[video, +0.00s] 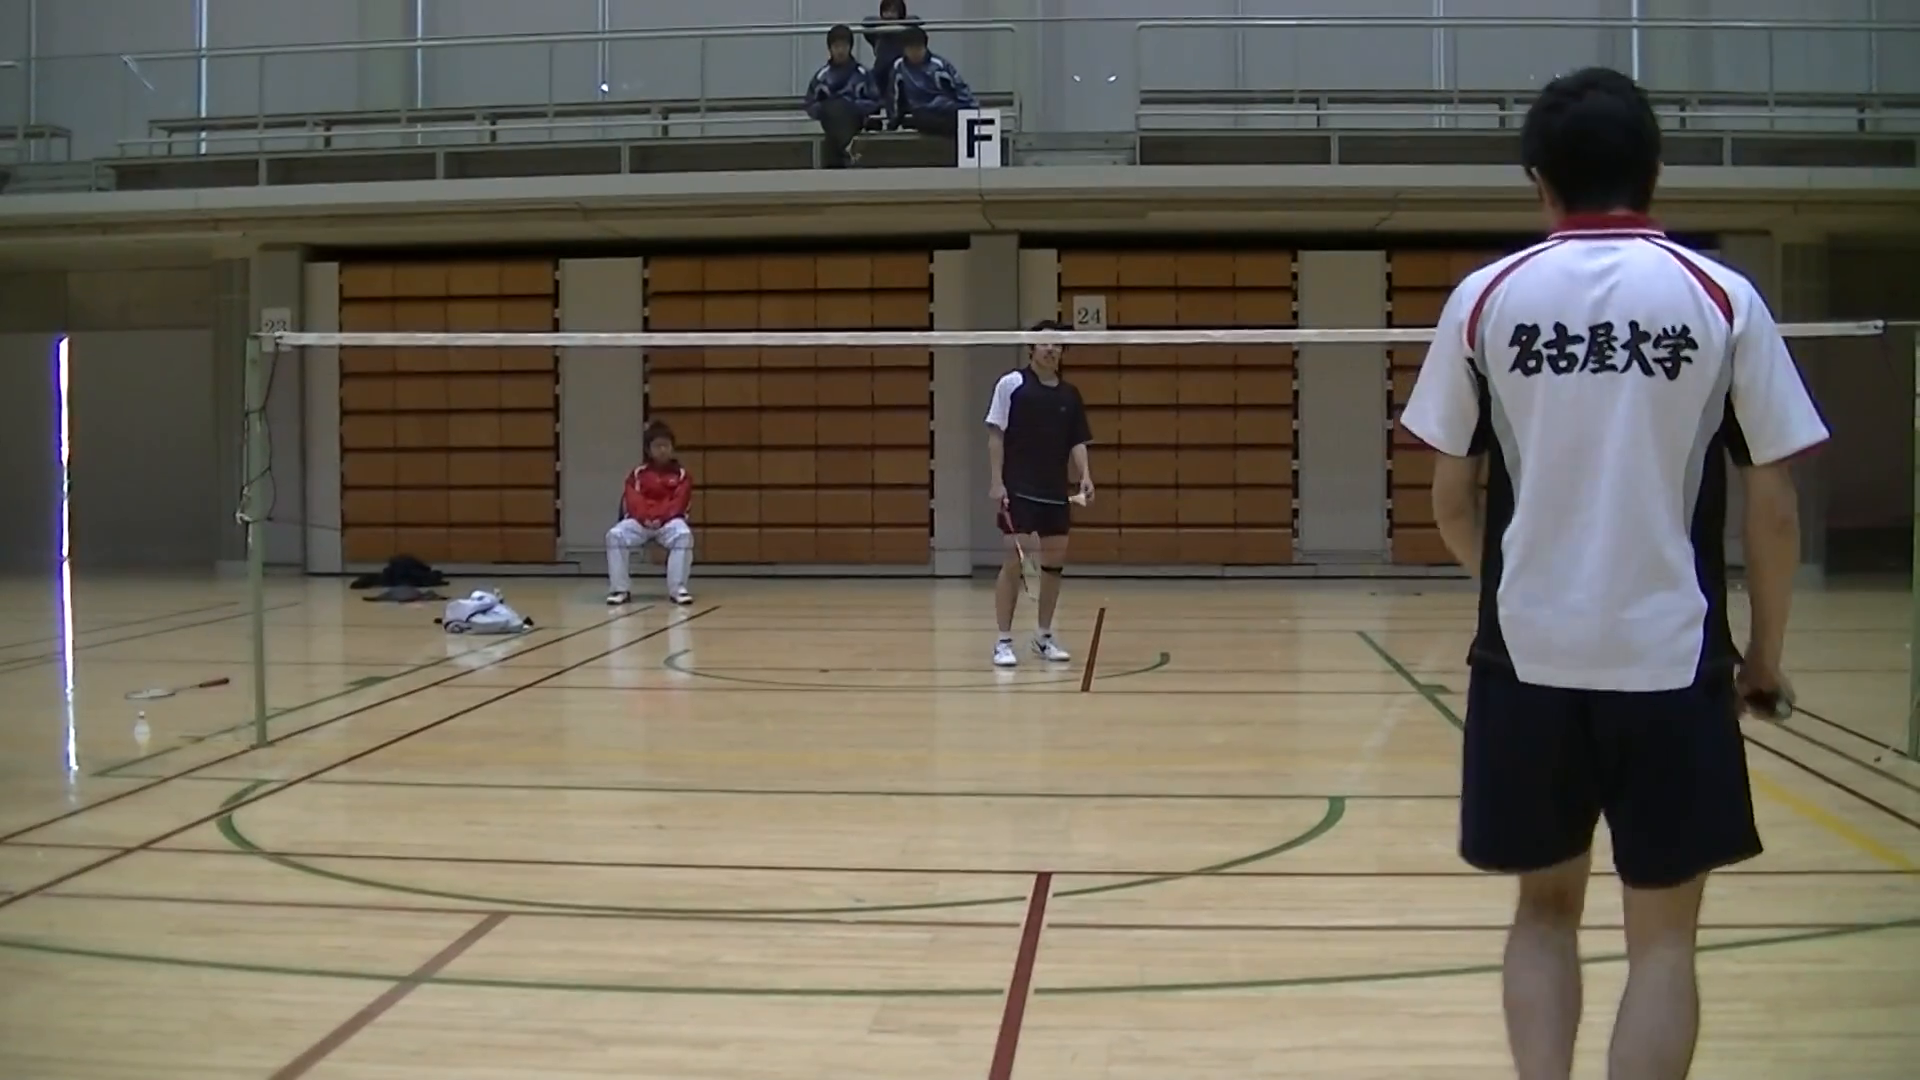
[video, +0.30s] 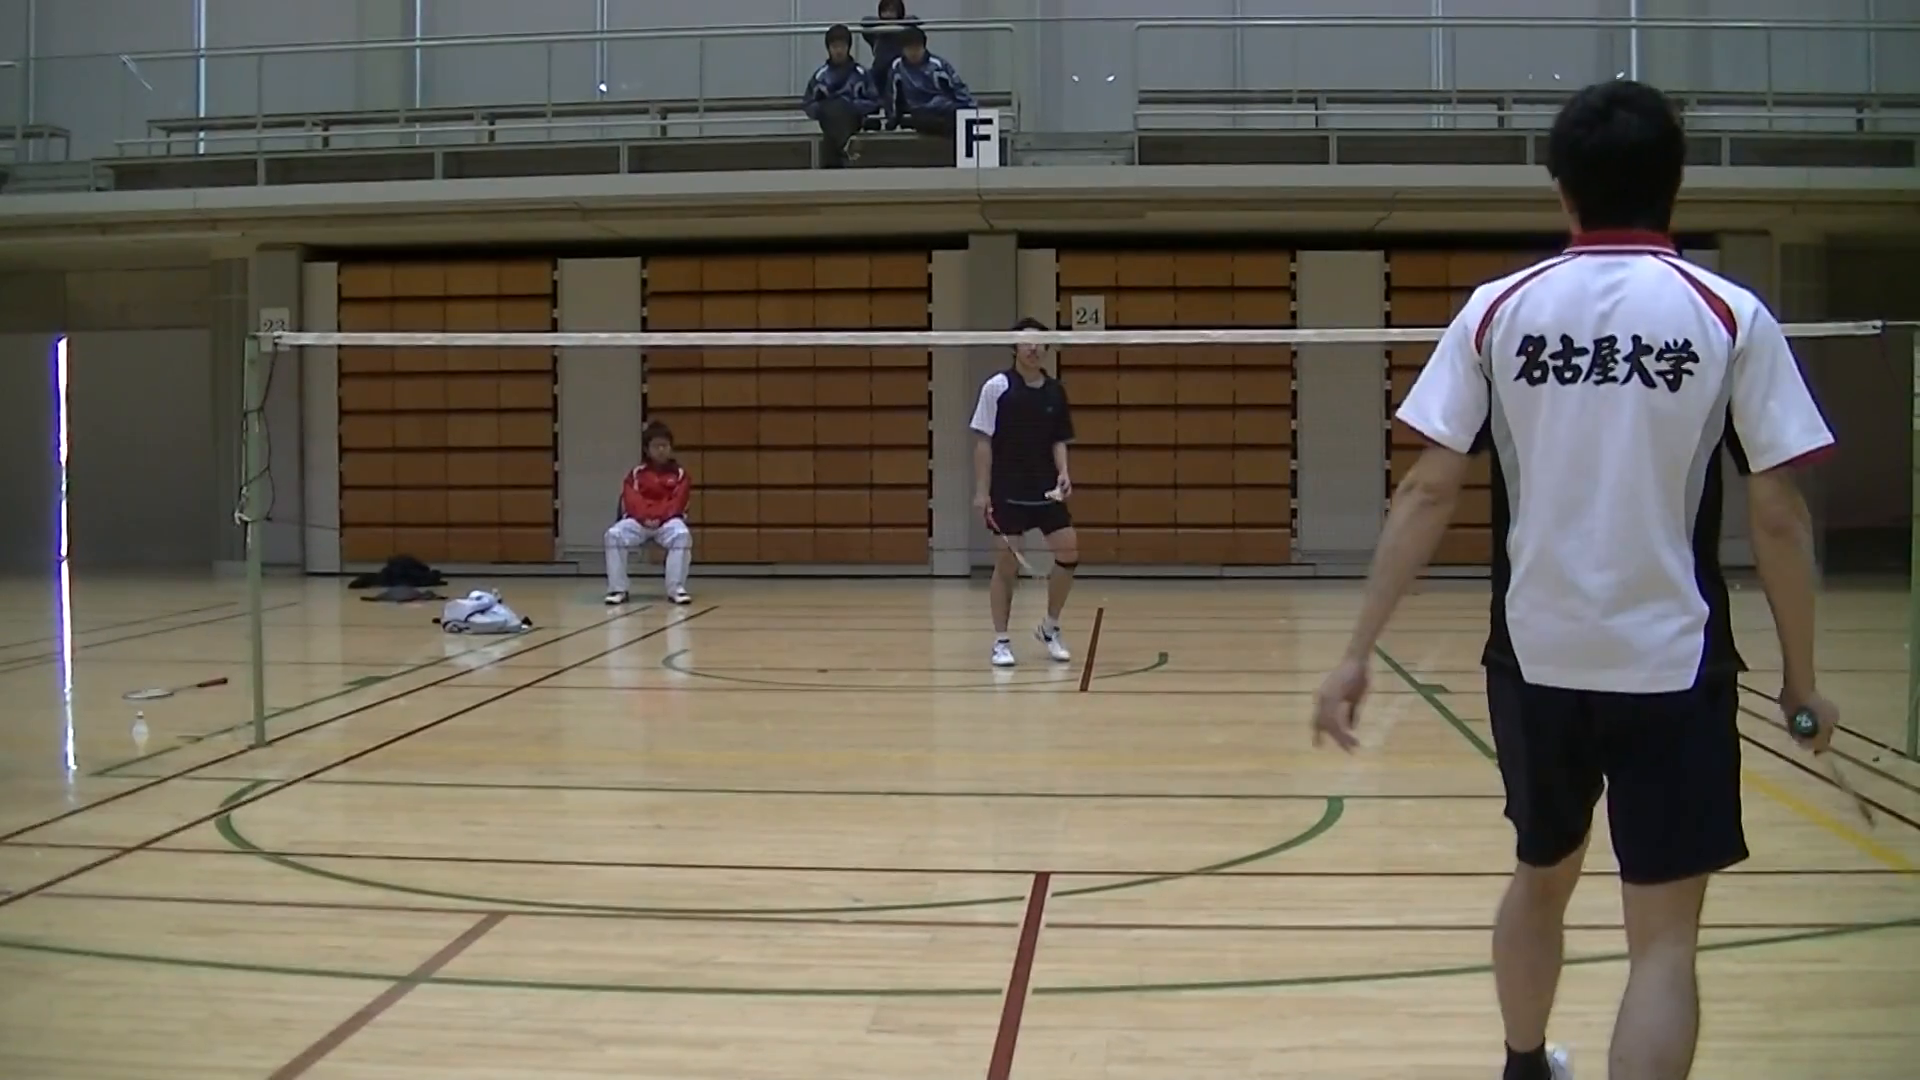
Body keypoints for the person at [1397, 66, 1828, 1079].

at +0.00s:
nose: (1542, 182)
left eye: (1538, 169)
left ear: (1541, 178)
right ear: (1651, 173)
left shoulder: (1485, 298)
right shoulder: (1726, 299)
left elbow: (1453, 500)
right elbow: (1769, 498)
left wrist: (1504, 587)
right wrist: (1767, 654)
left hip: (1528, 665)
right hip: (1668, 669)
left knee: (1545, 905)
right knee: (1661, 934)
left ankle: (1542, 1077)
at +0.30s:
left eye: (1566, 177)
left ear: (1561, 190)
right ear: (1675, 186)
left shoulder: (1497, 312)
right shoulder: (1729, 317)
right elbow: (1780, 517)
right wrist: (1800, 678)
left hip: (1533, 666)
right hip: (1671, 672)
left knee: (1540, 870)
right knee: (1663, 937)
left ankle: (1525, 1064)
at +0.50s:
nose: (1526, 232)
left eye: (1521, 219)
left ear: (1522, 230)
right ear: (1626, 219)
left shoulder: (1477, 343)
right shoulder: (1692, 330)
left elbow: (1371, 484)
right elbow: (1792, 470)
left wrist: (1325, 515)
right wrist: (1820, 549)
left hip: (1529, 671)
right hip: (1661, 670)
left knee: (1536, 869)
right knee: (1658, 936)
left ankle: (1530, 1064)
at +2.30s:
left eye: (1501, 296)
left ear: (1502, 306)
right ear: (1598, 296)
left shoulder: (1464, 393)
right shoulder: (1660, 385)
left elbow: (1364, 510)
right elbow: (1745, 512)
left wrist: (1331, 567)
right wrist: (1733, 514)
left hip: (1507, 678)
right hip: (1637, 675)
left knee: (1485, 840)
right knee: (1651, 929)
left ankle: (1499, 1045)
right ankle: (1654, 1078)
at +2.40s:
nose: (1484, 324)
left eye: (1483, 311)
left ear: (1486, 321)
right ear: (1579, 315)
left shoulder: (1446, 403)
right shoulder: (1640, 405)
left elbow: (1317, 494)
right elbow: (1702, 526)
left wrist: (1245, 529)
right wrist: (1660, 515)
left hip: (1494, 688)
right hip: (1623, 685)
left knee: (1479, 869)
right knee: (1639, 915)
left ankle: (1519, 1058)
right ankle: (1658, 1071)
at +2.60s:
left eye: (1460, 316)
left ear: (1465, 323)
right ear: (1553, 323)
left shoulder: (1428, 383)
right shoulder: (1605, 411)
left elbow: (1287, 410)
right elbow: (1644, 539)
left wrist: (1164, 424)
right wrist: (1610, 533)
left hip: (1464, 659)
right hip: (1577, 662)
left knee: (1458, 870)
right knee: (1556, 817)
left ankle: (1514, 1044)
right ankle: (1586, 978)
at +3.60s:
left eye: (1464, 308)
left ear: (1467, 310)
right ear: (1533, 321)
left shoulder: (1454, 351)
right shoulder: (1569, 400)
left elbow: (1373, 410)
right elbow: (1591, 527)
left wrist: (1271, 464)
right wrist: (1570, 593)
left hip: (1466, 559)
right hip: (1543, 579)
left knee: (1435, 741)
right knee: (1473, 715)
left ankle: (1455, 921)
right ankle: (1498, 866)